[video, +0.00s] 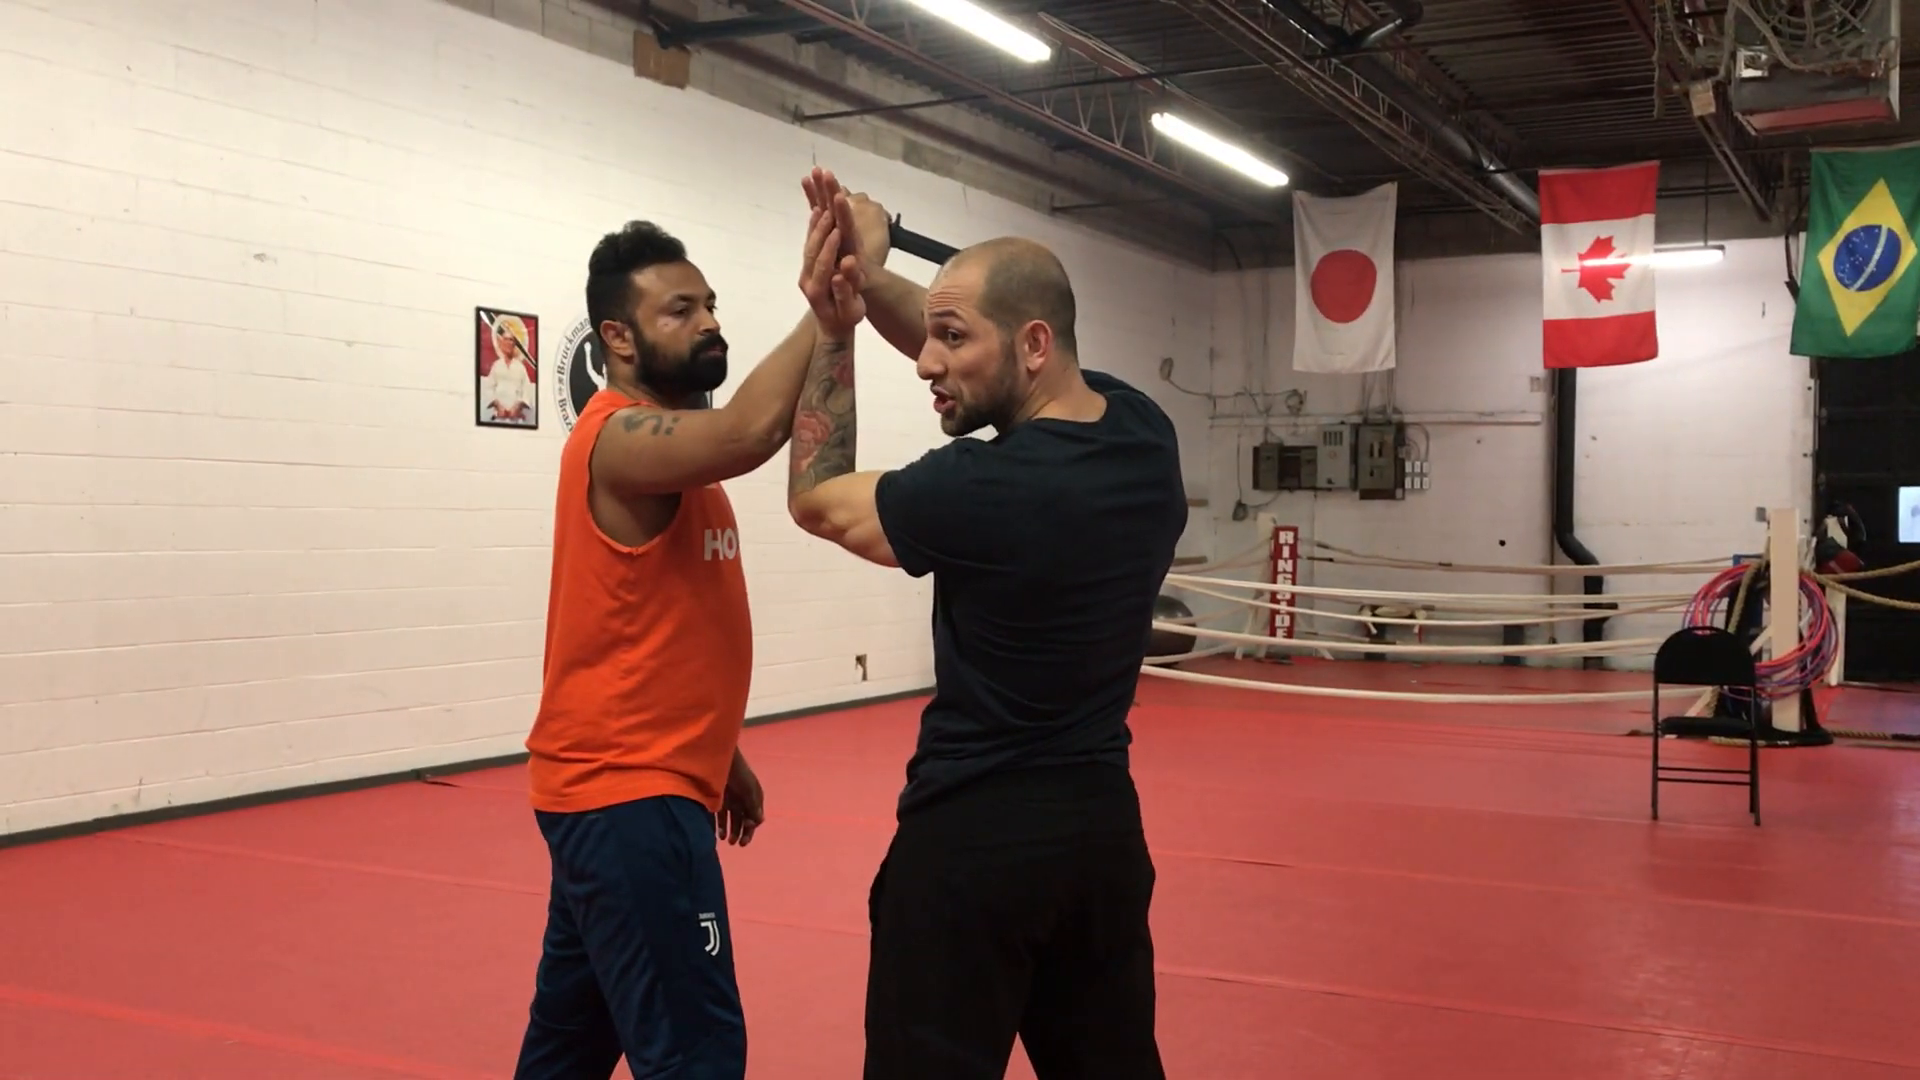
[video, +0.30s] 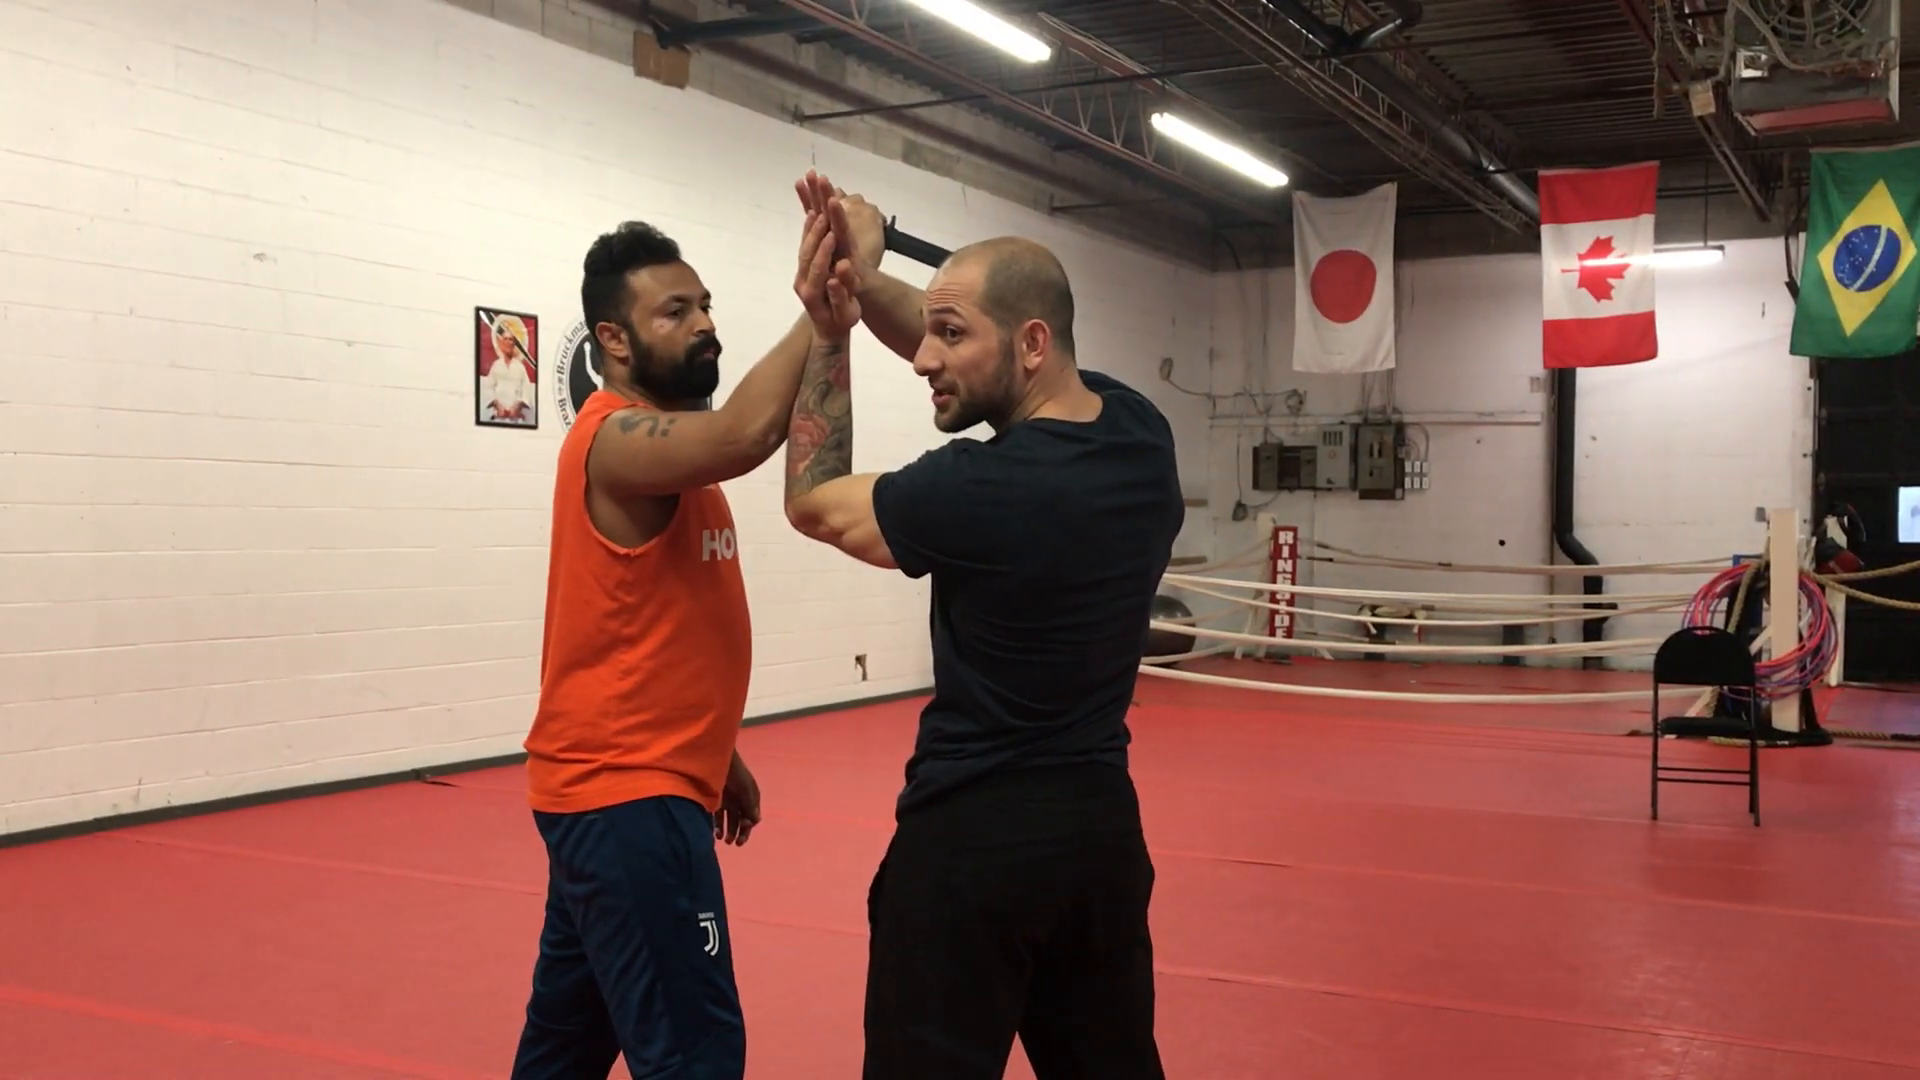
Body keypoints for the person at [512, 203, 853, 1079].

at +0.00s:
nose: (710, 327)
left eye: (709, 306)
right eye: (681, 311)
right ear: (616, 338)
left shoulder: (661, 430)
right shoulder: (620, 433)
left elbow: (650, 622)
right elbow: (744, 434)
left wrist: (718, 749)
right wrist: (823, 319)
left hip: (647, 782)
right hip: (621, 787)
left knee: (569, 1047)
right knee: (698, 1054)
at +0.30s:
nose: (705, 325)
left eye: (704, 306)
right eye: (676, 312)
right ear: (614, 338)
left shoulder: (655, 431)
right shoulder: (616, 432)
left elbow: (652, 624)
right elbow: (738, 436)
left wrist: (717, 750)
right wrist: (822, 316)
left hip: (644, 787)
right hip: (623, 793)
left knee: (565, 1049)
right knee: (696, 1054)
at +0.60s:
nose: (702, 327)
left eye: (702, 306)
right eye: (673, 312)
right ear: (610, 339)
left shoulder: (658, 433)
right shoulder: (613, 431)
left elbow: (649, 622)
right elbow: (738, 433)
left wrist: (719, 748)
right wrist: (818, 316)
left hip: (643, 785)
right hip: (618, 791)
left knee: (564, 1051)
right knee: (692, 1055)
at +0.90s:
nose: (695, 325)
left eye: (697, 304)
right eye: (664, 313)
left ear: (705, 308)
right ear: (608, 341)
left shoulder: (656, 435)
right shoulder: (616, 435)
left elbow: (650, 624)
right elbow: (742, 432)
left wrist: (717, 749)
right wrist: (820, 315)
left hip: (636, 787)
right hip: (621, 792)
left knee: (565, 1050)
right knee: (695, 1055)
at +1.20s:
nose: (686, 323)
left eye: (689, 302)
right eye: (654, 311)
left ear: (699, 306)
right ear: (601, 340)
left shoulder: (654, 435)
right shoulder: (611, 433)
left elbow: (649, 624)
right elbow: (738, 426)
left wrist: (714, 747)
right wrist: (817, 310)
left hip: (634, 787)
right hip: (620, 793)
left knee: (565, 1050)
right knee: (695, 1055)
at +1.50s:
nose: (669, 319)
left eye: (670, 301)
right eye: (637, 308)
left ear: (679, 305)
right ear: (585, 341)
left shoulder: (631, 432)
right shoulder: (606, 431)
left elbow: (641, 623)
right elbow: (749, 419)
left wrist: (719, 750)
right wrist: (848, 350)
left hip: (630, 788)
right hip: (619, 793)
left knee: (571, 1047)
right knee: (693, 1054)